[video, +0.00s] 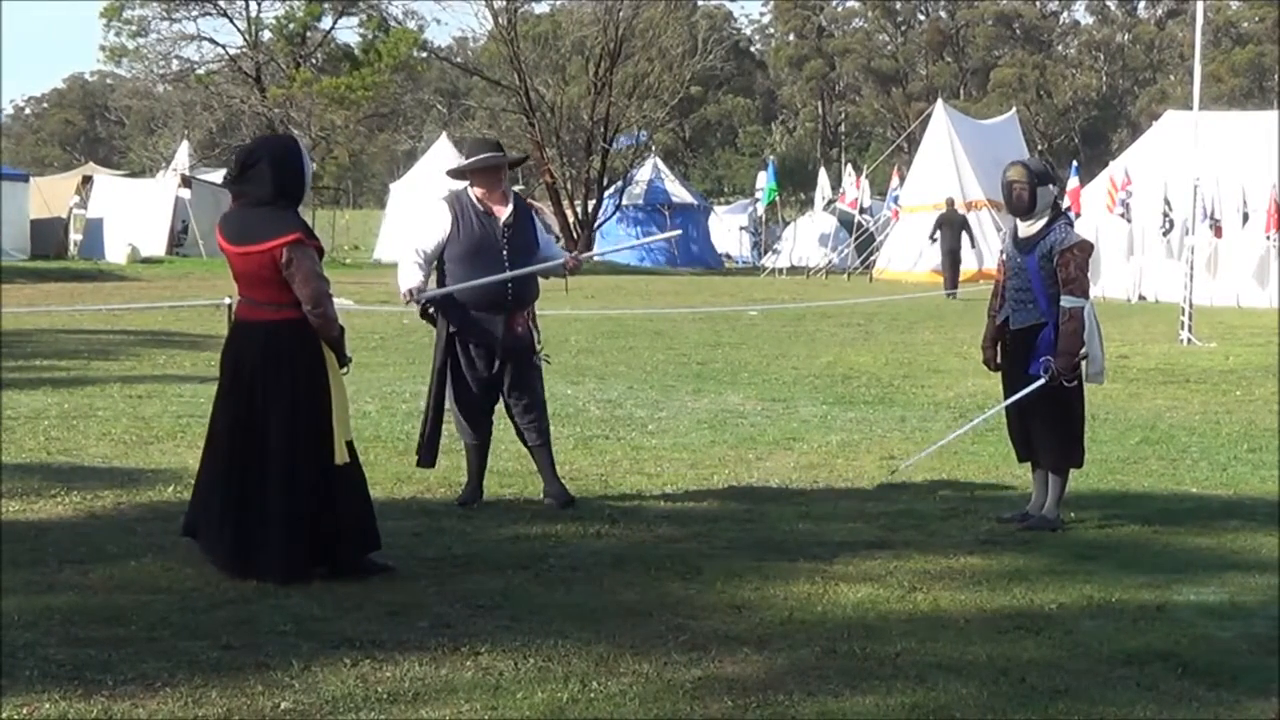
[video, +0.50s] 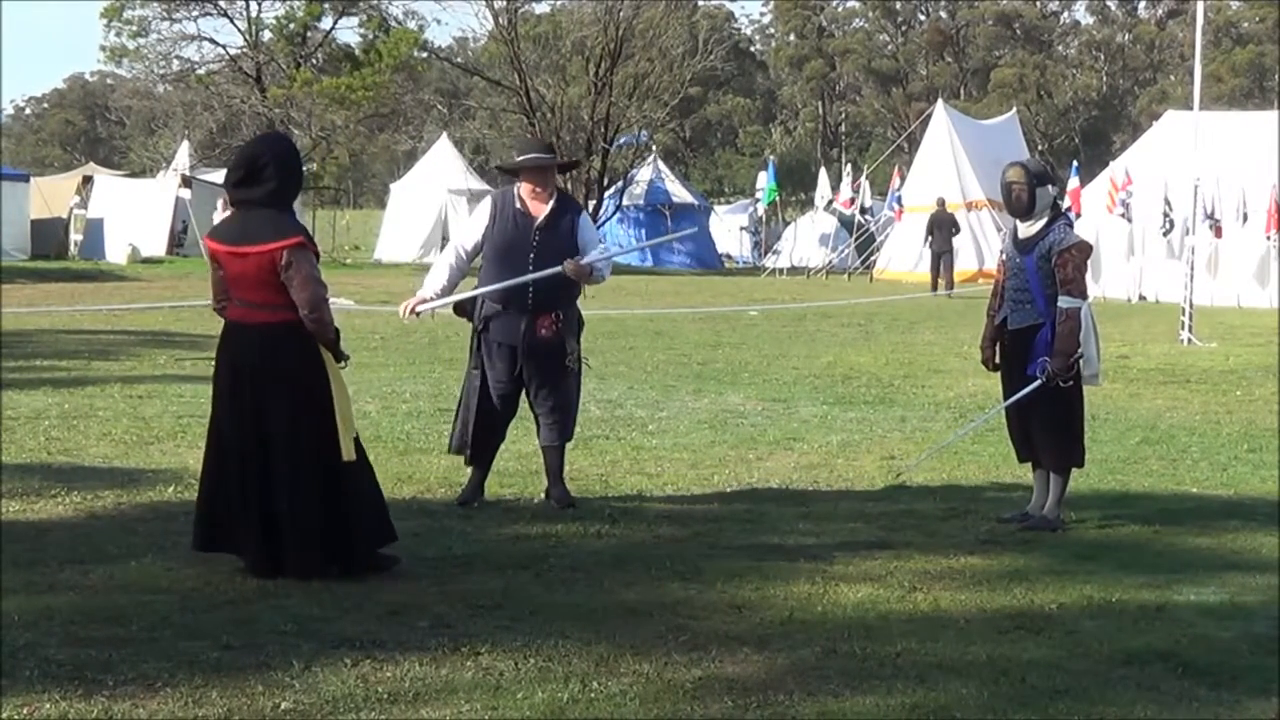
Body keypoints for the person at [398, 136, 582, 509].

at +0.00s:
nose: (490, 178)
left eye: (495, 171)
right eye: (481, 174)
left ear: (505, 171)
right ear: (469, 178)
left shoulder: (524, 211)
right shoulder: (451, 211)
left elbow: (543, 252)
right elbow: (415, 253)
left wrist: (565, 261)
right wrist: (414, 284)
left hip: (517, 322)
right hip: (467, 324)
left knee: (528, 404)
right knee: (472, 407)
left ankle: (551, 481)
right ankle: (473, 483)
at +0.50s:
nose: (538, 182)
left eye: (544, 174)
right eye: (530, 176)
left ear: (556, 174)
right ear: (517, 177)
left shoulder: (573, 214)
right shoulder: (495, 206)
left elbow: (603, 261)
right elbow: (459, 251)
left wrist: (589, 271)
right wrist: (429, 292)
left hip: (552, 325)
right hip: (499, 323)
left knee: (553, 408)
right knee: (490, 408)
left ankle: (556, 484)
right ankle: (475, 482)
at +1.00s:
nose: (537, 178)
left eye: (544, 170)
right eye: (529, 170)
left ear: (555, 173)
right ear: (515, 173)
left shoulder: (571, 215)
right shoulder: (493, 207)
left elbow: (592, 262)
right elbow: (456, 250)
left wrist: (560, 270)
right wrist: (415, 285)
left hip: (549, 327)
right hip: (497, 324)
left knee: (552, 407)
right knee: (499, 407)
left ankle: (557, 483)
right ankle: (497, 481)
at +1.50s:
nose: (500, 181)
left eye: (505, 173)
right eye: (491, 176)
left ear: (517, 173)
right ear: (479, 180)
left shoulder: (538, 212)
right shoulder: (459, 211)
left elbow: (564, 259)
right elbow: (426, 258)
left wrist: (540, 270)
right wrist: (392, 297)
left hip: (526, 328)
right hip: (473, 328)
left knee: (539, 409)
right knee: (489, 412)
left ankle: (555, 484)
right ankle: (497, 483)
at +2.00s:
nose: (491, 181)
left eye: (498, 173)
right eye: (483, 175)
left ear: (511, 173)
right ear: (471, 178)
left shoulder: (532, 211)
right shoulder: (454, 210)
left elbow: (560, 258)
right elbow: (420, 258)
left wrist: (537, 266)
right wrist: (387, 299)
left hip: (521, 325)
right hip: (469, 325)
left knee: (532, 404)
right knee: (484, 407)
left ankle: (549, 481)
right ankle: (497, 482)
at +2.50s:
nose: (493, 179)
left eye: (501, 171)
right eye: (485, 172)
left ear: (514, 173)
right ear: (475, 176)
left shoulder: (535, 214)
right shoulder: (456, 209)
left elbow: (560, 259)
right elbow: (420, 255)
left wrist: (536, 272)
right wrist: (385, 294)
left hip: (521, 327)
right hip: (469, 326)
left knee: (532, 407)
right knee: (485, 412)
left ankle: (550, 482)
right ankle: (496, 483)